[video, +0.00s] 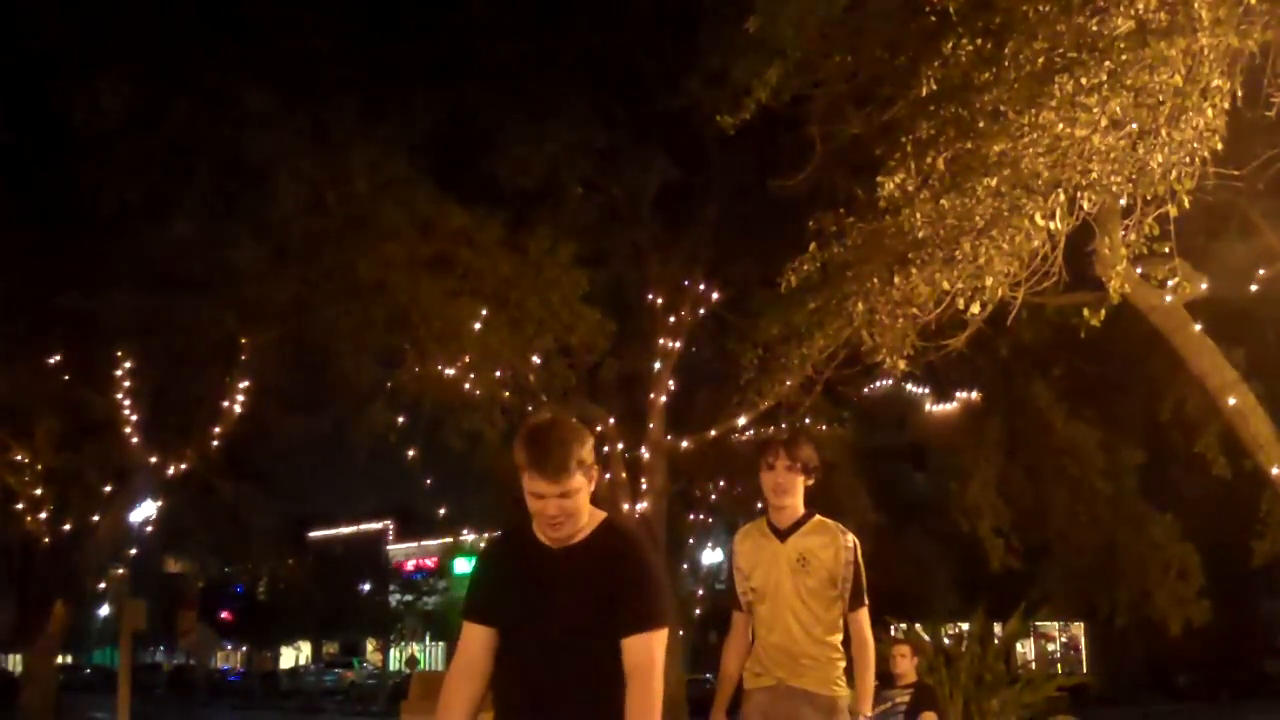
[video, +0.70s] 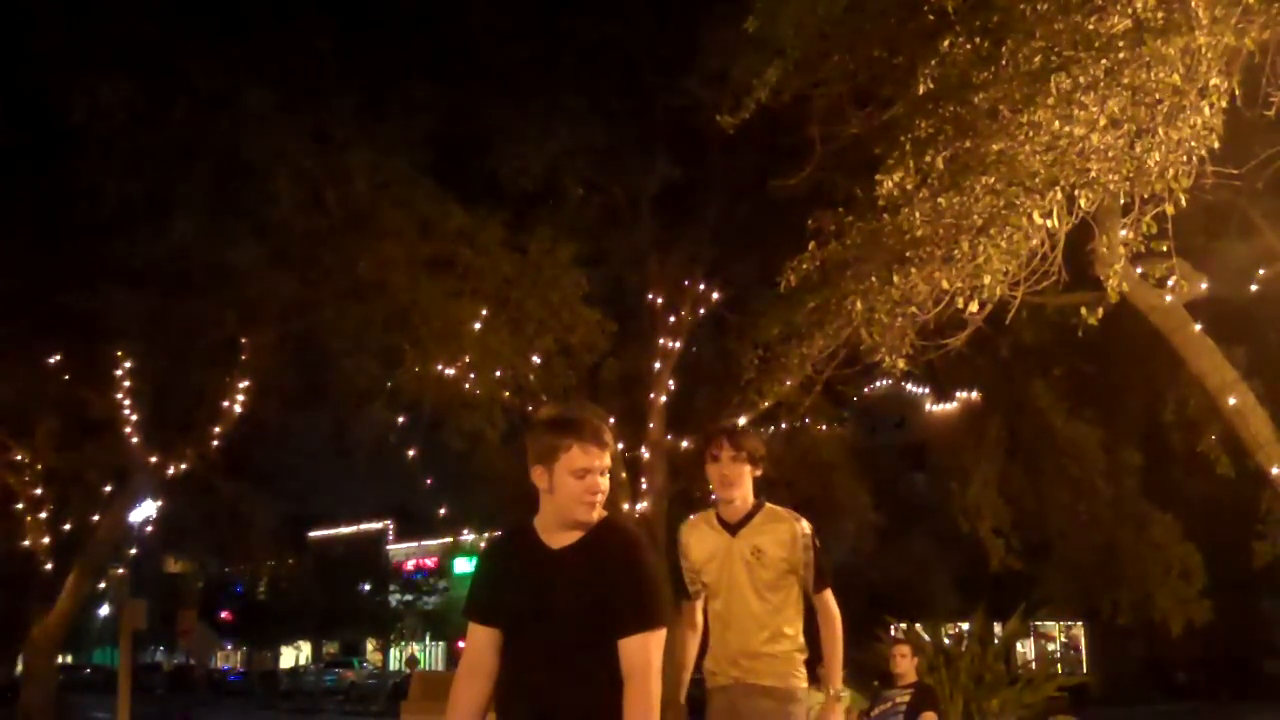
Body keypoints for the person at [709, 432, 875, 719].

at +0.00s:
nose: (779, 478)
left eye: (790, 468)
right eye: (770, 468)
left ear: (807, 476)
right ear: (759, 476)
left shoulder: (839, 541)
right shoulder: (745, 540)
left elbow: (860, 633)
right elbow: (740, 630)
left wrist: (863, 711)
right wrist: (718, 710)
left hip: (824, 696)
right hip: (760, 695)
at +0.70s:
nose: (724, 470)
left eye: (735, 459)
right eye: (715, 460)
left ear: (755, 467)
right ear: (705, 469)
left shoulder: (792, 529)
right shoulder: (692, 532)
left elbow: (826, 608)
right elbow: (690, 623)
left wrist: (834, 695)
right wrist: (676, 700)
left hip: (782, 687)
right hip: (721, 688)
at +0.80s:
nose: (716, 466)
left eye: (728, 455)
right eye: (707, 455)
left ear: (748, 462)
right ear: (697, 464)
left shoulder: (786, 525)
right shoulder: (683, 529)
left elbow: (821, 603)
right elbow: (684, 618)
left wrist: (831, 689)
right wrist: (675, 695)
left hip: (780, 687)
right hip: (717, 688)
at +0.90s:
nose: (709, 479)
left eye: (721, 467)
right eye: (700, 467)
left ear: (743, 476)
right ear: (691, 475)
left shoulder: (781, 539)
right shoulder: (675, 543)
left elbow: (815, 616)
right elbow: (680, 627)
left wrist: (832, 700)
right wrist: (676, 695)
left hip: (778, 698)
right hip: (713, 700)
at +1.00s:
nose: (703, 505)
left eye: (716, 495)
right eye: (694, 494)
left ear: (738, 505)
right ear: (684, 503)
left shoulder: (778, 573)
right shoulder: (670, 574)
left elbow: (814, 660)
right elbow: (673, 650)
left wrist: (828, 715)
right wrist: (677, 710)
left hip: (773, 710)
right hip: (708, 710)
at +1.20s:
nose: (685, 456)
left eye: (695, 443)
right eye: (677, 444)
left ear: (722, 451)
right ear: (668, 453)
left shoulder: (760, 516)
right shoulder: (653, 521)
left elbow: (805, 618)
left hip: (743, 700)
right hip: (673, 700)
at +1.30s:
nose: (666, 412)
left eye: (679, 398)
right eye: (658, 399)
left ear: (707, 404)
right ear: (649, 405)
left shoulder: (746, 465)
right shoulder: (637, 467)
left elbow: (785, 553)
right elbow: (622, 549)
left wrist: (728, 541)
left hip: (722, 639)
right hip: (654, 638)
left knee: (727, 714)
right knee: (650, 715)